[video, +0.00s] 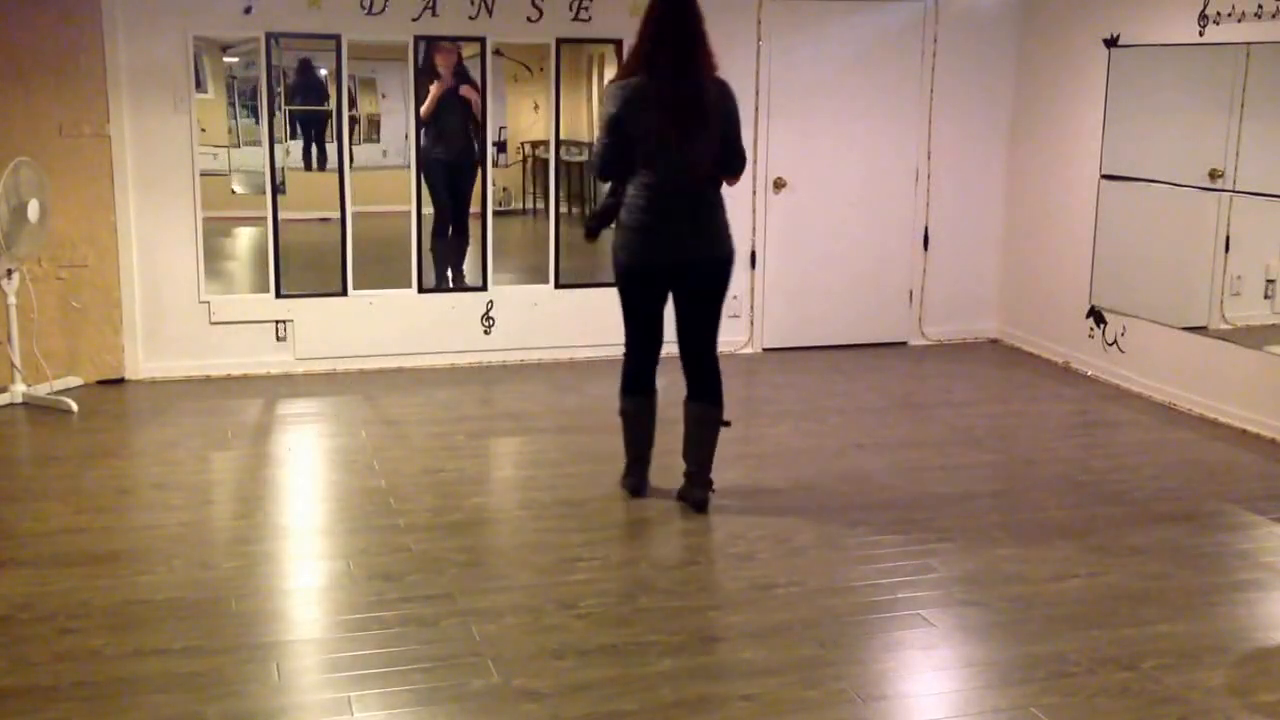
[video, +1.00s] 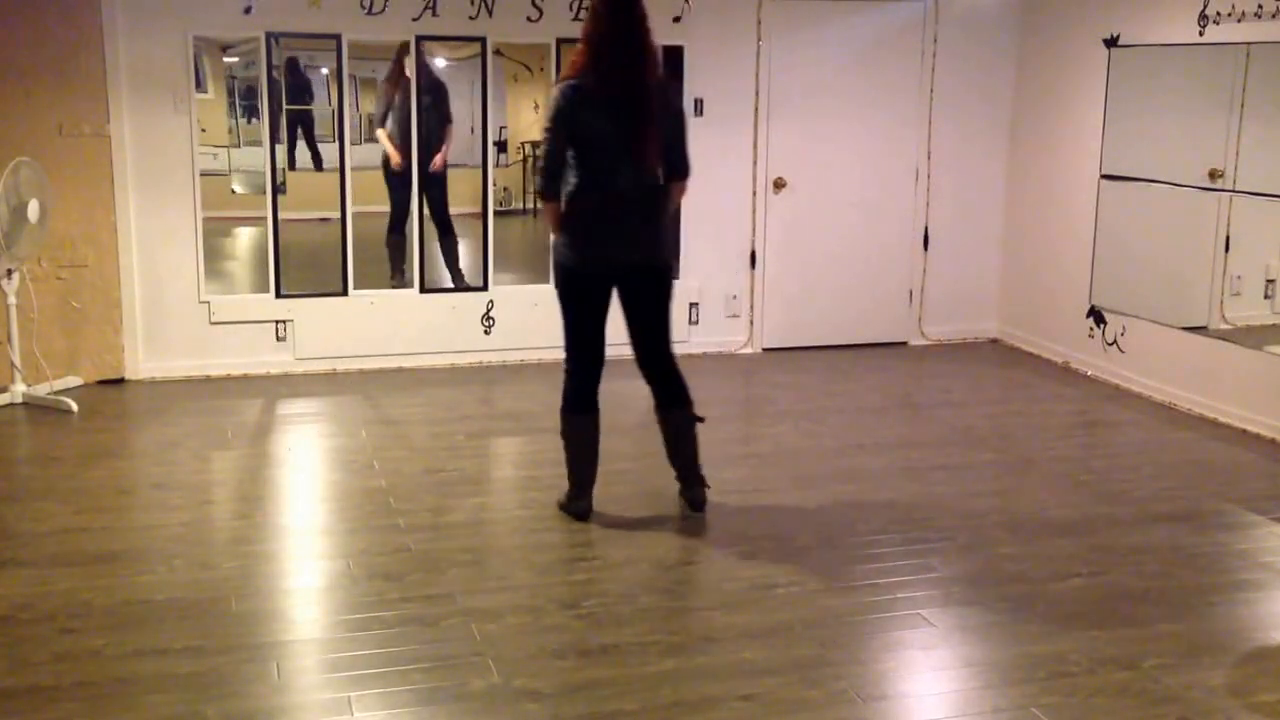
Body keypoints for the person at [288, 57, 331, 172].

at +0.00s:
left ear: (298, 69)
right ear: (312, 68)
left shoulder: (296, 82)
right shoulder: (317, 81)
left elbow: (290, 99)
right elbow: (325, 96)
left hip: (303, 113)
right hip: (319, 113)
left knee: (307, 141)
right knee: (320, 141)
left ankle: (307, 167)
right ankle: (321, 166)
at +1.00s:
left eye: (286, 67)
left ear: (286, 67)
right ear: (298, 66)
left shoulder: (284, 80)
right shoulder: (305, 79)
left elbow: (280, 96)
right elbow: (311, 96)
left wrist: (281, 108)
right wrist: (307, 102)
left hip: (290, 111)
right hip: (305, 110)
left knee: (291, 144)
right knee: (311, 141)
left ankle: (291, 170)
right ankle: (319, 167)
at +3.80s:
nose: (281, 70)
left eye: (282, 68)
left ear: (283, 67)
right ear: (294, 65)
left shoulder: (282, 80)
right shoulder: (302, 79)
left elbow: (278, 99)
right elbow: (307, 97)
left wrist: (278, 113)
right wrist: (306, 109)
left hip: (287, 114)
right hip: (302, 113)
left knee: (288, 143)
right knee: (300, 141)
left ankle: (289, 167)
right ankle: (304, 165)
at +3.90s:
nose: (282, 70)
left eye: (282, 68)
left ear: (283, 67)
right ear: (293, 65)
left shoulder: (282, 80)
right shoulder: (301, 78)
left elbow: (278, 98)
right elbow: (307, 96)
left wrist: (278, 112)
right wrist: (305, 108)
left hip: (287, 114)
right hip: (301, 113)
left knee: (288, 143)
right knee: (299, 142)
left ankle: (289, 168)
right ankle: (303, 165)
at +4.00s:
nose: (282, 71)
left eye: (282, 68)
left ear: (283, 67)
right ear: (293, 65)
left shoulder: (282, 80)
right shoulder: (301, 78)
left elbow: (278, 97)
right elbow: (307, 96)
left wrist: (279, 110)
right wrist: (304, 106)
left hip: (287, 113)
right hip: (300, 112)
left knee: (288, 142)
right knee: (299, 141)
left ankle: (289, 167)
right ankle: (303, 164)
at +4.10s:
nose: (282, 71)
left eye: (282, 68)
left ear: (283, 67)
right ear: (293, 65)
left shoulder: (282, 80)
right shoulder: (301, 78)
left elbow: (278, 96)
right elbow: (307, 96)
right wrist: (304, 105)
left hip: (287, 112)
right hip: (300, 112)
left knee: (288, 142)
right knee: (298, 142)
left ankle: (290, 167)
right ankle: (303, 165)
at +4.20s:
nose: (282, 71)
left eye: (282, 69)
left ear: (283, 68)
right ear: (293, 65)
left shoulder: (283, 80)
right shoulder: (301, 78)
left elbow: (281, 96)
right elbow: (307, 96)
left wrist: (278, 101)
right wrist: (305, 104)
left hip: (287, 112)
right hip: (300, 111)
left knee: (288, 142)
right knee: (298, 142)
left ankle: (290, 167)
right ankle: (303, 165)